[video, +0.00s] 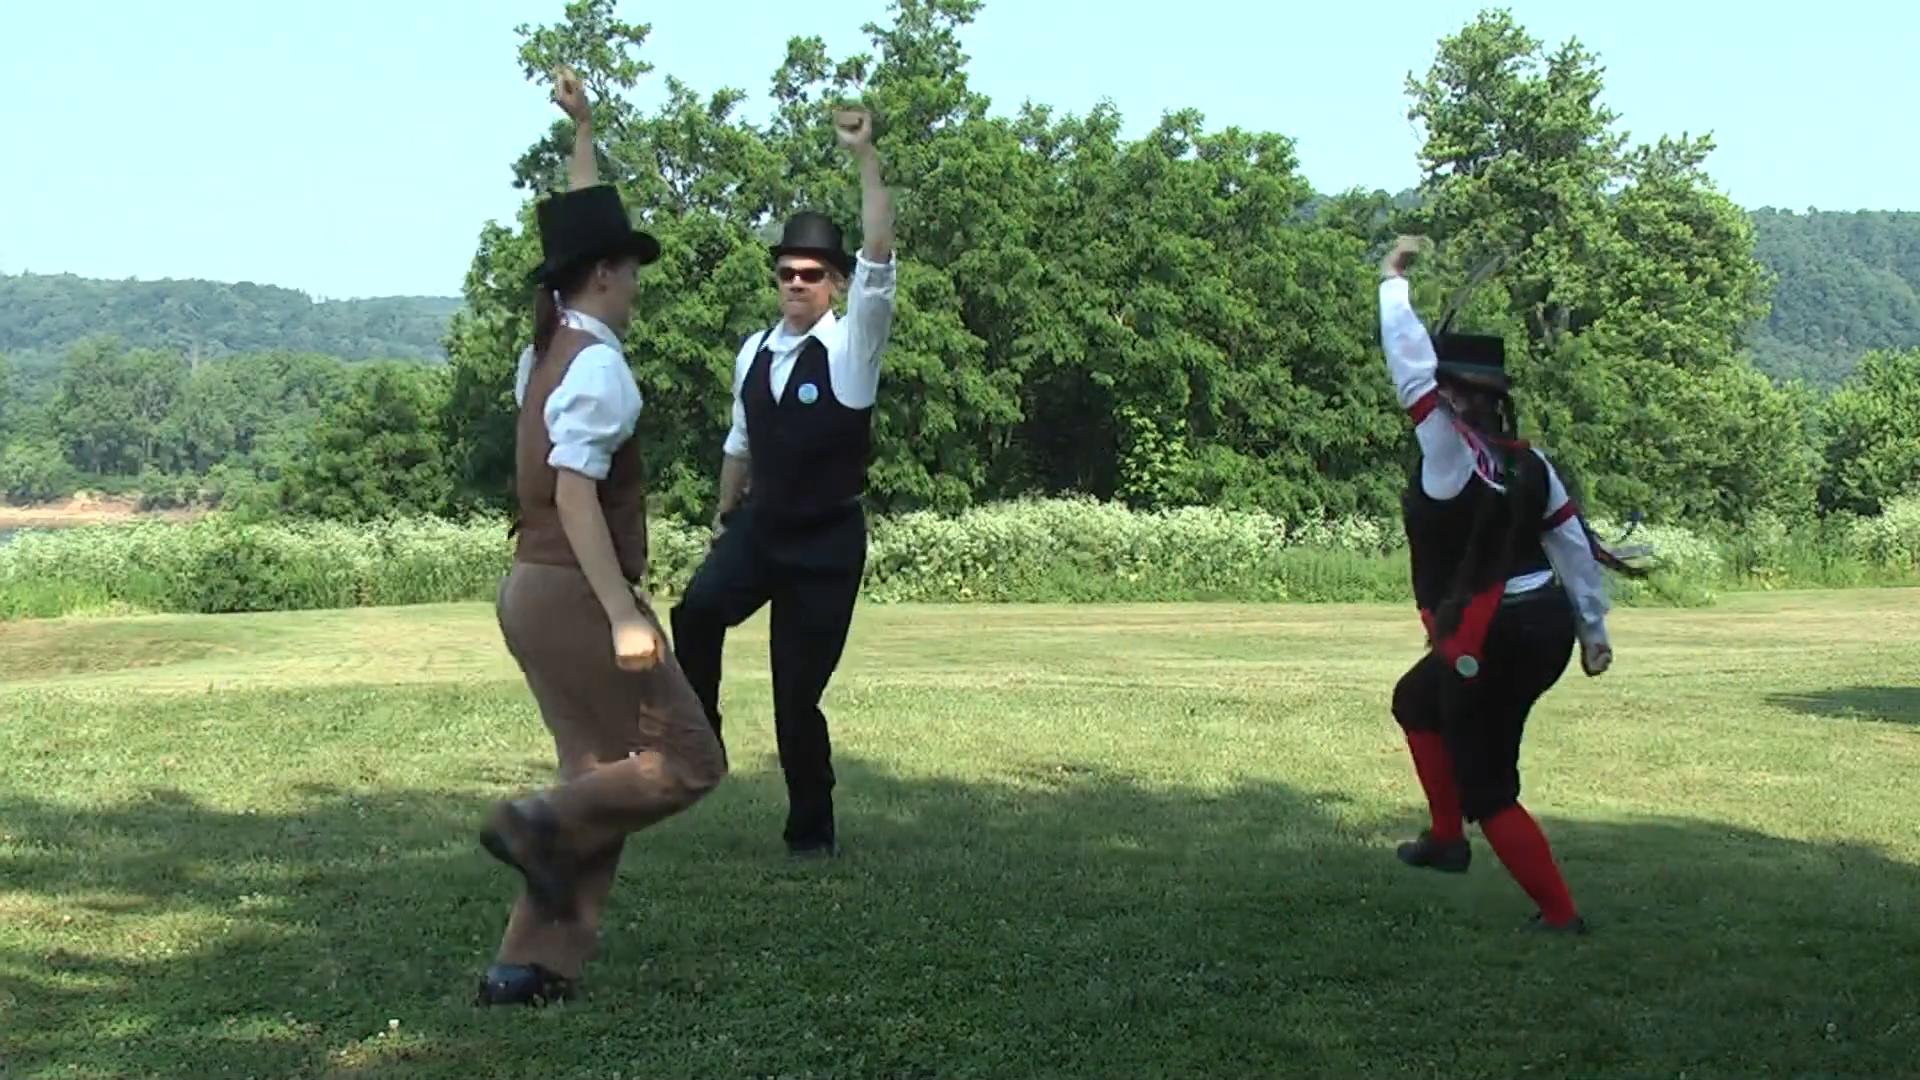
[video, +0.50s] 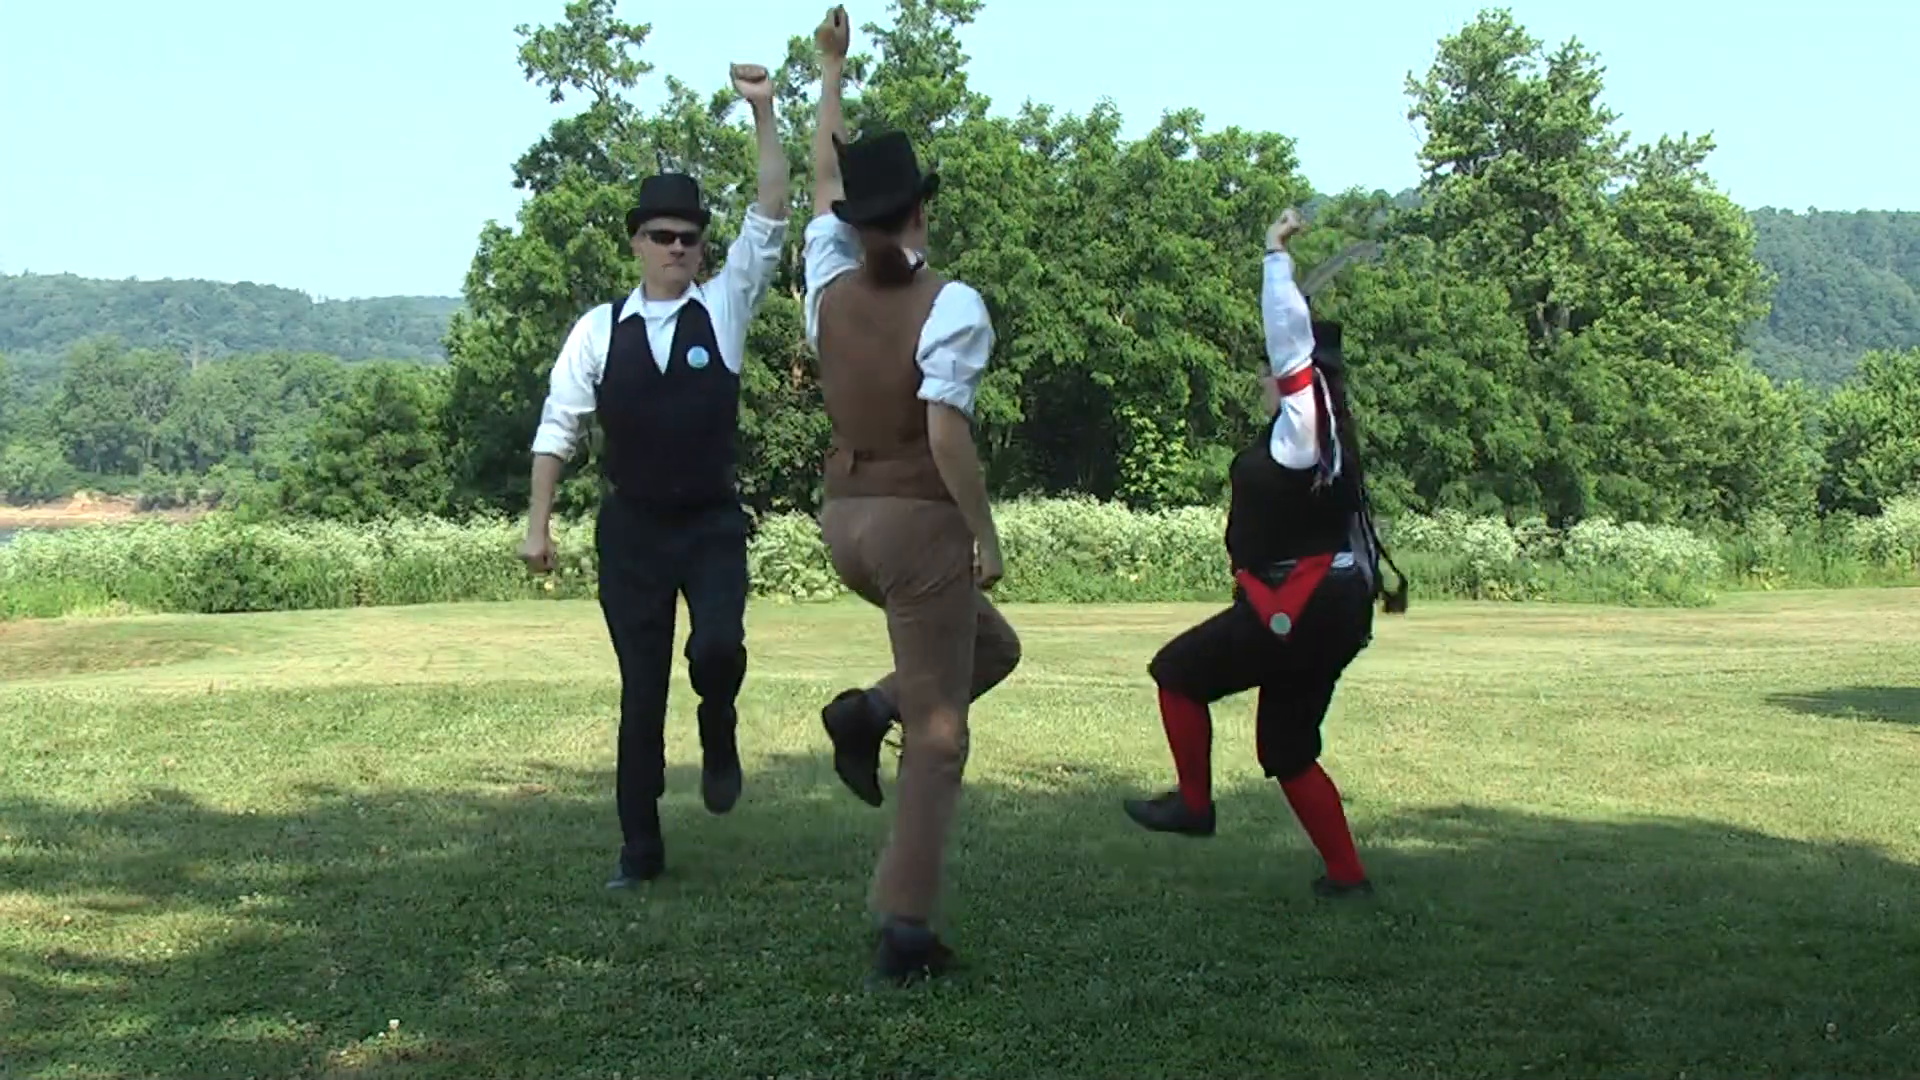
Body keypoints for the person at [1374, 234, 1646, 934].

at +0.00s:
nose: (1438, 400)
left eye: (1443, 391)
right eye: (1442, 391)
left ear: (1457, 400)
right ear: (1498, 400)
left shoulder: (1448, 448)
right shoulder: (1531, 462)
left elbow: (1410, 360)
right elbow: (1572, 545)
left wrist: (1394, 277)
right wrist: (1593, 625)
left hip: (1494, 631)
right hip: (1550, 622)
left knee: (1483, 787)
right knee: (1414, 700)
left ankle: (1561, 916)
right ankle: (1447, 839)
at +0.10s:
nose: (1400, 381)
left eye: (1406, 371)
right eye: (1406, 370)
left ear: (1422, 379)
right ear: (1467, 381)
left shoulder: (1414, 426)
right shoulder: (1498, 445)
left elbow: (1379, 336)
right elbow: (1538, 523)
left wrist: (1365, 259)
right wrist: (1552, 601)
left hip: (1451, 612)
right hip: (1506, 604)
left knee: (1482, 776)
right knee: (1375, 689)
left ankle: (1557, 908)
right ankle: (1382, 829)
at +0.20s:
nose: (1375, 362)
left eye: (1381, 355)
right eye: (1387, 354)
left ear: (1389, 360)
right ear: (1434, 364)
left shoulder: (1378, 398)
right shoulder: (1461, 428)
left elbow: (1358, 323)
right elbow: (1501, 509)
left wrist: (1353, 239)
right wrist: (1516, 587)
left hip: (1409, 598)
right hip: (1459, 594)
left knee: (1410, 763)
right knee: (1343, 702)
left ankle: (1506, 866)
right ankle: (1341, 844)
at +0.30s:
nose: (1338, 374)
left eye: (1345, 364)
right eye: (1354, 364)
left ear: (1356, 372)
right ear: (1398, 375)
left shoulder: (1354, 416)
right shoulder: (1410, 436)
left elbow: (1337, 338)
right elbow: (1450, 524)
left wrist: (1338, 259)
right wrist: (1478, 609)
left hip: (1368, 603)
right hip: (1413, 598)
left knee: (1318, 756)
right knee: (1334, 741)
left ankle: (1411, 870)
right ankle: (1349, 876)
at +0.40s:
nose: (1304, 383)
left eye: (1315, 374)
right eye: (1311, 374)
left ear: (1330, 382)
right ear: (1363, 387)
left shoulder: (1330, 433)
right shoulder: (1364, 450)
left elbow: (1314, 349)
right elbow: (1400, 539)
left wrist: (1311, 270)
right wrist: (1418, 627)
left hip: (1341, 618)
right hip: (1377, 615)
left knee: (1238, 733)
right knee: (1297, 751)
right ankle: (1346, 874)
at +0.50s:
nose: (1263, 374)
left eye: (1274, 365)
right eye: (1268, 364)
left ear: (1301, 369)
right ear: (1318, 371)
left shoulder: (1306, 421)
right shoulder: (1318, 424)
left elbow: (1289, 332)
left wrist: (1276, 249)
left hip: (1303, 602)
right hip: (1337, 600)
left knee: (1177, 671)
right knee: (1288, 746)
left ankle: (1193, 804)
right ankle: (1347, 876)